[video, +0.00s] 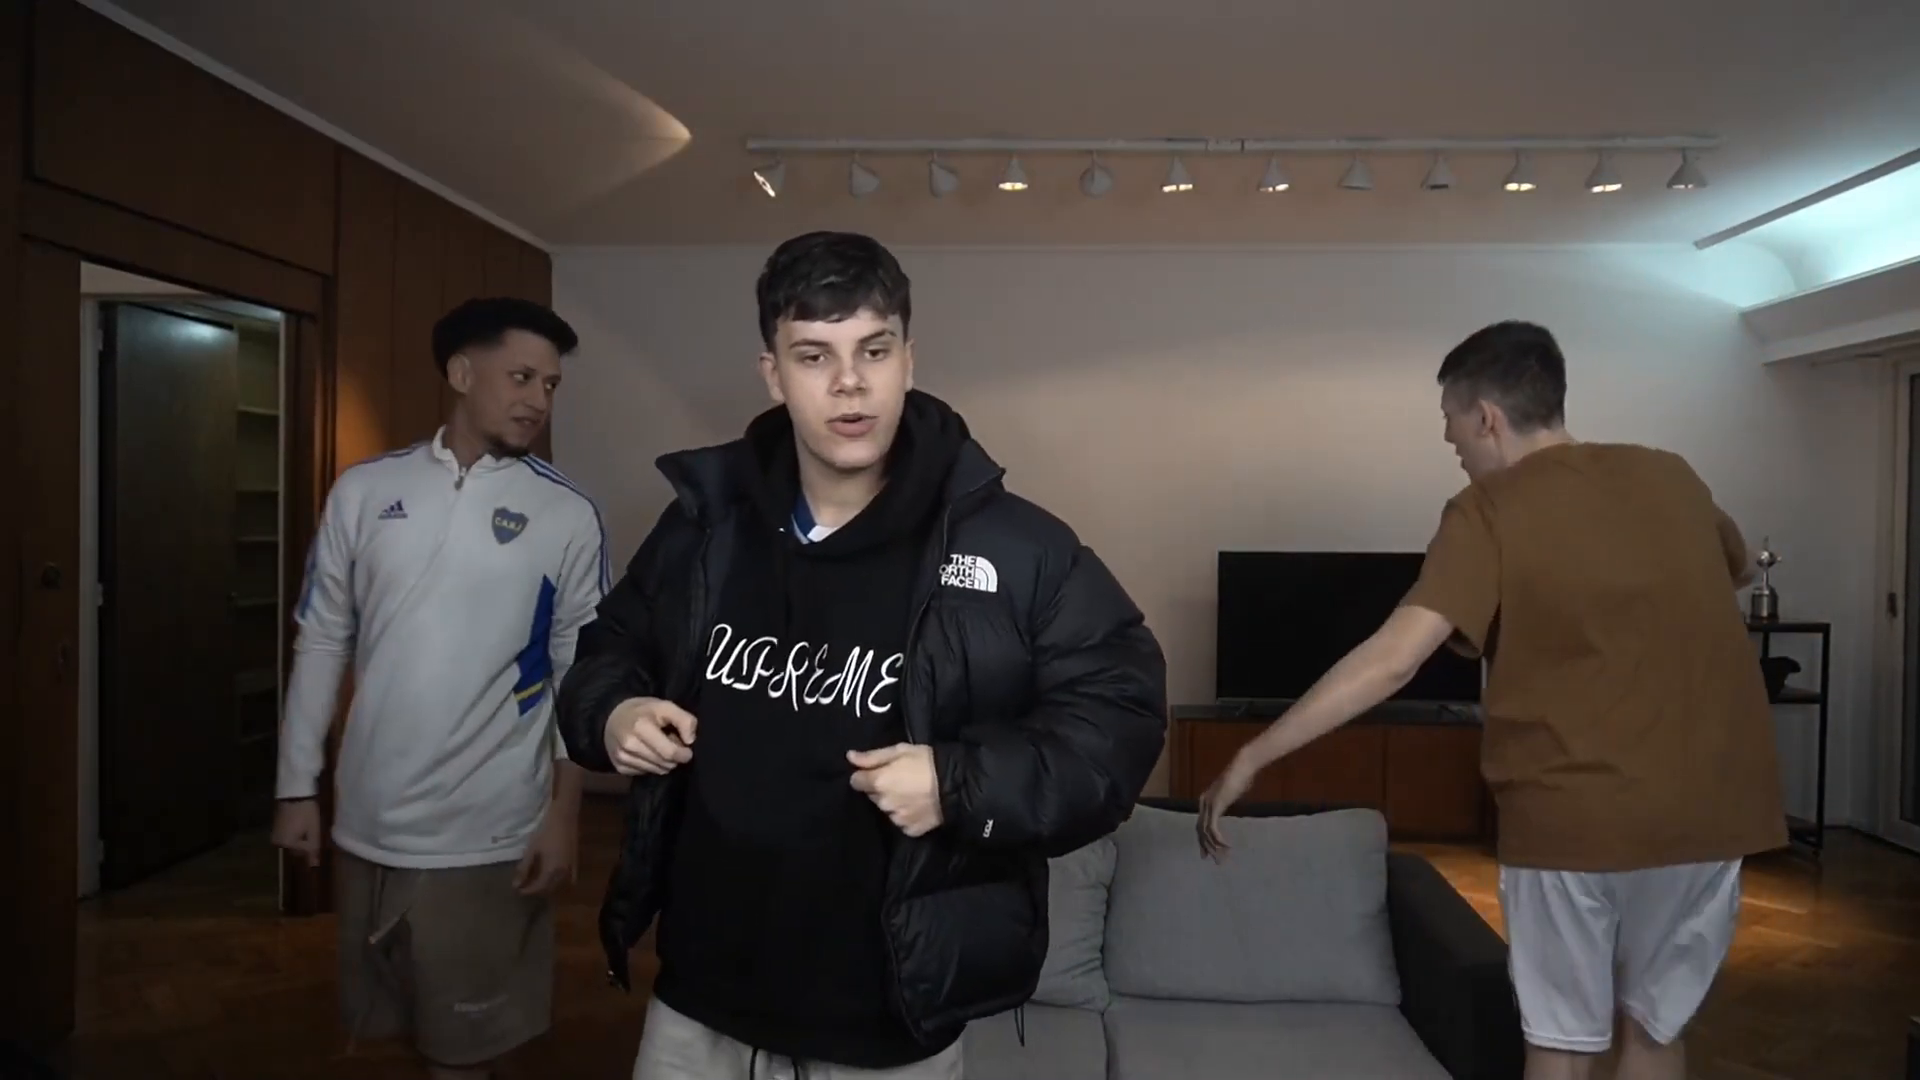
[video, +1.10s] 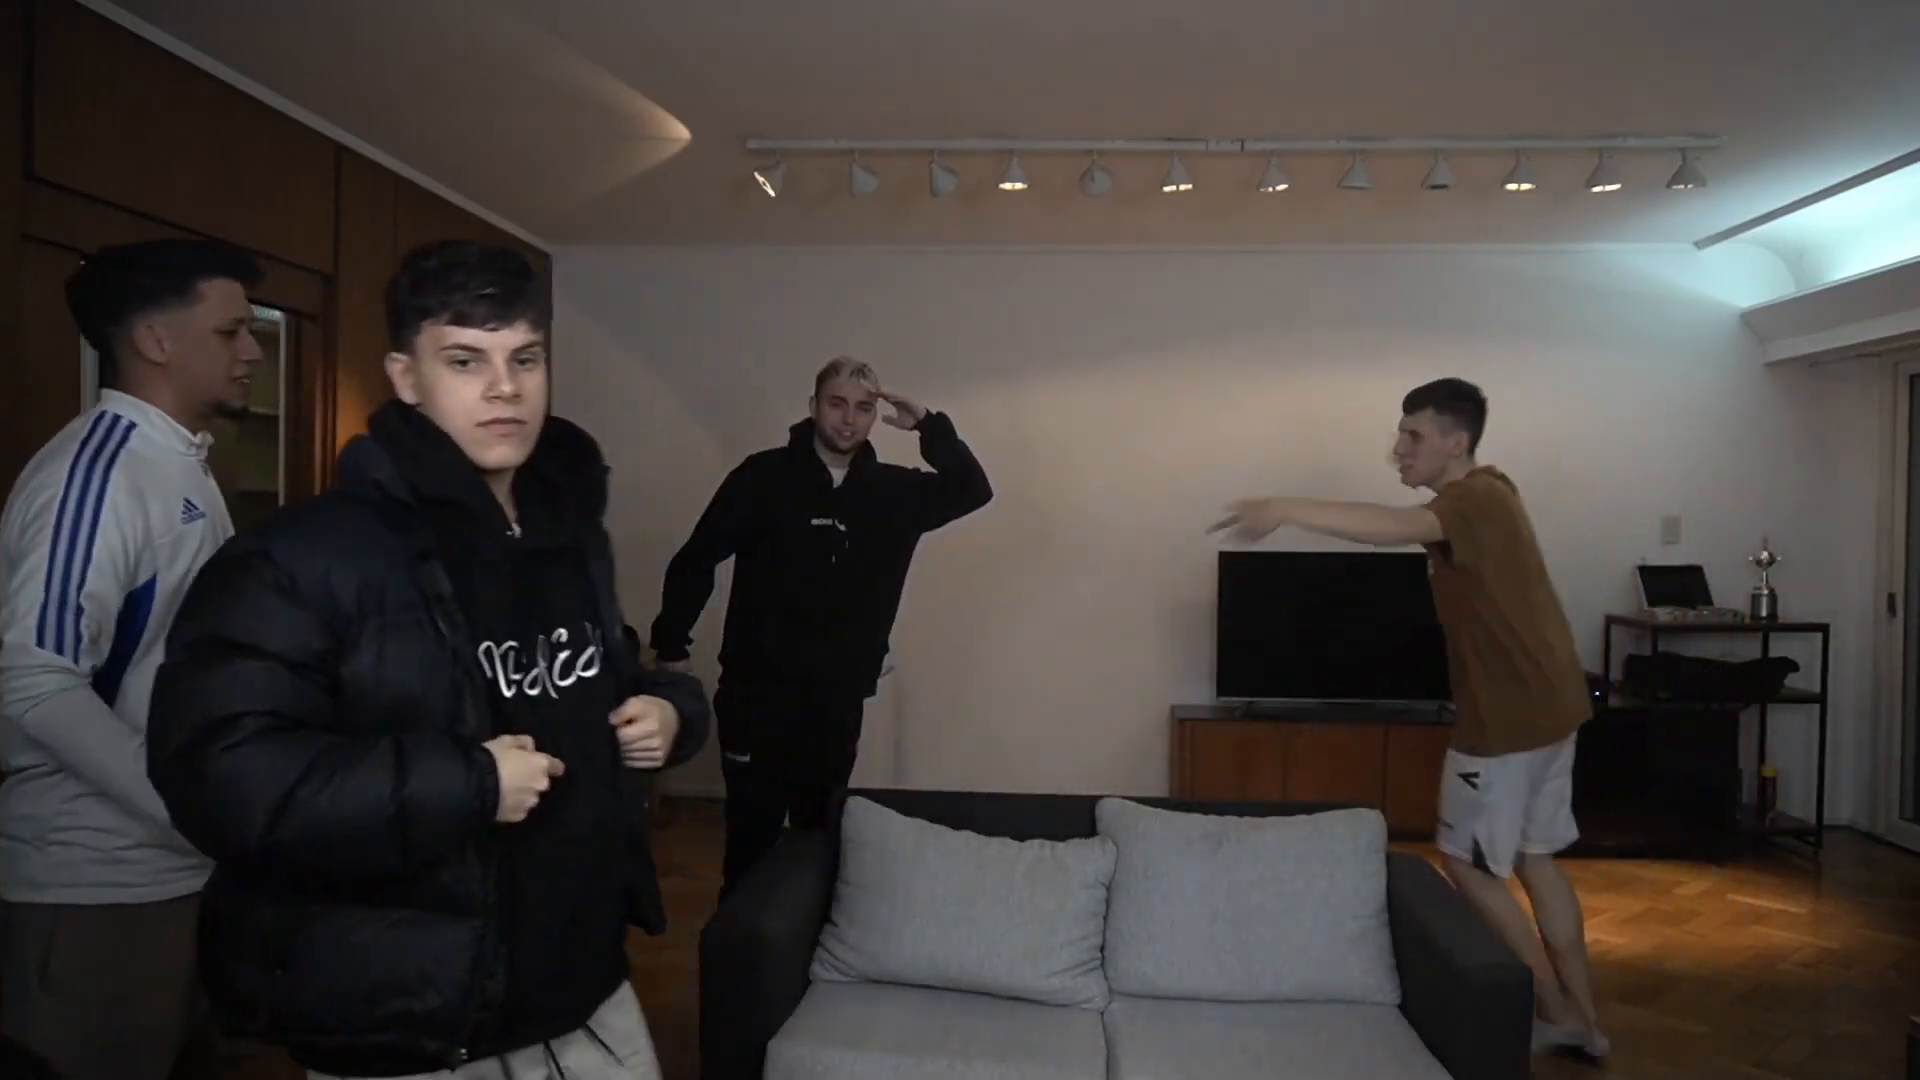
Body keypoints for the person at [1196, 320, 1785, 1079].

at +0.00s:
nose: (1453, 446)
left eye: (1452, 426)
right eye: (1448, 427)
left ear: (1488, 416)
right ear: (1553, 403)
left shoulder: (1488, 513)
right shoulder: (1672, 476)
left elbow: (1391, 659)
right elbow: (1741, 563)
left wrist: (1249, 759)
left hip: (1567, 825)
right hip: (1709, 823)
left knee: (1562, 1047)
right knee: (1655, 1036)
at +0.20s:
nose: (1470, 449)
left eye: (1471, 430)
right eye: (1466, 431)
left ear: (1511, 422)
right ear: (1556, 414)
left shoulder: (1506, 505)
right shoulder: (1673, 476)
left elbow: (1390, 599)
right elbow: (1777, 549)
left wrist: (1238, 651)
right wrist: (1691, 600)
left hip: (1606, 790)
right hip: (1728, 773)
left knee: (1598, 1010)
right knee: (1696, 978)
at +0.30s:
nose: (1491, 449)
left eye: (1494, 430)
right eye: (1489, 431)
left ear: (1537, 424)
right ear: (1578, 421)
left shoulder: (1519, 504)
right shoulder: (1681, 485)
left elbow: (1401, 574)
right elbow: (1770, 554)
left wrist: (1246, 560)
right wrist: (1689, 572)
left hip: (1613, 793)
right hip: (1725, 778)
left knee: (1621, 995)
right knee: (1699, 979)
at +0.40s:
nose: (1498, 437)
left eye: (1506, 421)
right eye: (1500, 421)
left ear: (1552, 421)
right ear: (1588, 421)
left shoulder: (1530, 497)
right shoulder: (1674, 487)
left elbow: (1427, 549)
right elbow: (1748, 552)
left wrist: (1300, 497)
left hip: (1604, 779)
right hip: (1716, 770)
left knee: (1611, 968)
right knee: (1699, 967)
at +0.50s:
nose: (1499, 424)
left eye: (1507, 407)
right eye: (1500, 408)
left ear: (1553, 408)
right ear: (1582, 409)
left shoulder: (1533, 483)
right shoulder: (1669, 471)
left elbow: (1432, 508)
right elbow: (1695, 518)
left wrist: (1306, 463)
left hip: (1597, 752)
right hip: (1704, 742)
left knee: (1604, 941)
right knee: (1697, 951)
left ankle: (1625, 1074)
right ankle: (1709, 1075)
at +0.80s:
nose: (1462, 443)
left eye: (1473, 430)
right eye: (1465, 429)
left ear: (1522, 439)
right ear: (1536, 436)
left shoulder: (1506, 512)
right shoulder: (1600, 476)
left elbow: (1390, 524)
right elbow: (1602, 437)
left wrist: (1267, 495)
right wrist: (1560, 398)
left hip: (1566, 745)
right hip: (1627, 731)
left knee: (1580, 910)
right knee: (1603, 892)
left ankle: (1643, 1067)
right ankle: (1642, 1048)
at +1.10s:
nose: (1398, 448)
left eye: (1413, 436)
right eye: (1400, 434)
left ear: (1460, 442)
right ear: (1461, 446)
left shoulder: (1470, 499)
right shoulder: (1495, 492)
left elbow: (1397, 526)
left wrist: (1283, 510)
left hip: (1502, 718)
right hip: (1552, 706)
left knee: (1469, 863)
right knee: (1537, 856)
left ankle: (1552, 1010)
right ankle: (1584, 1020)